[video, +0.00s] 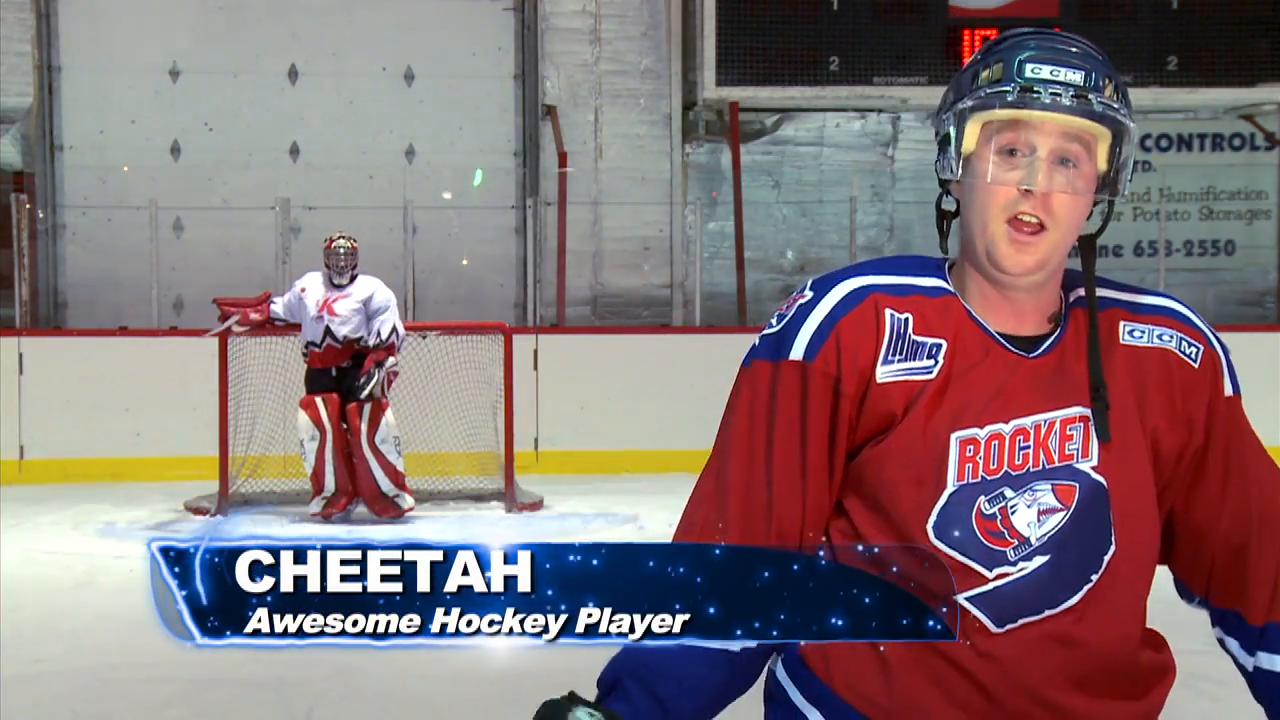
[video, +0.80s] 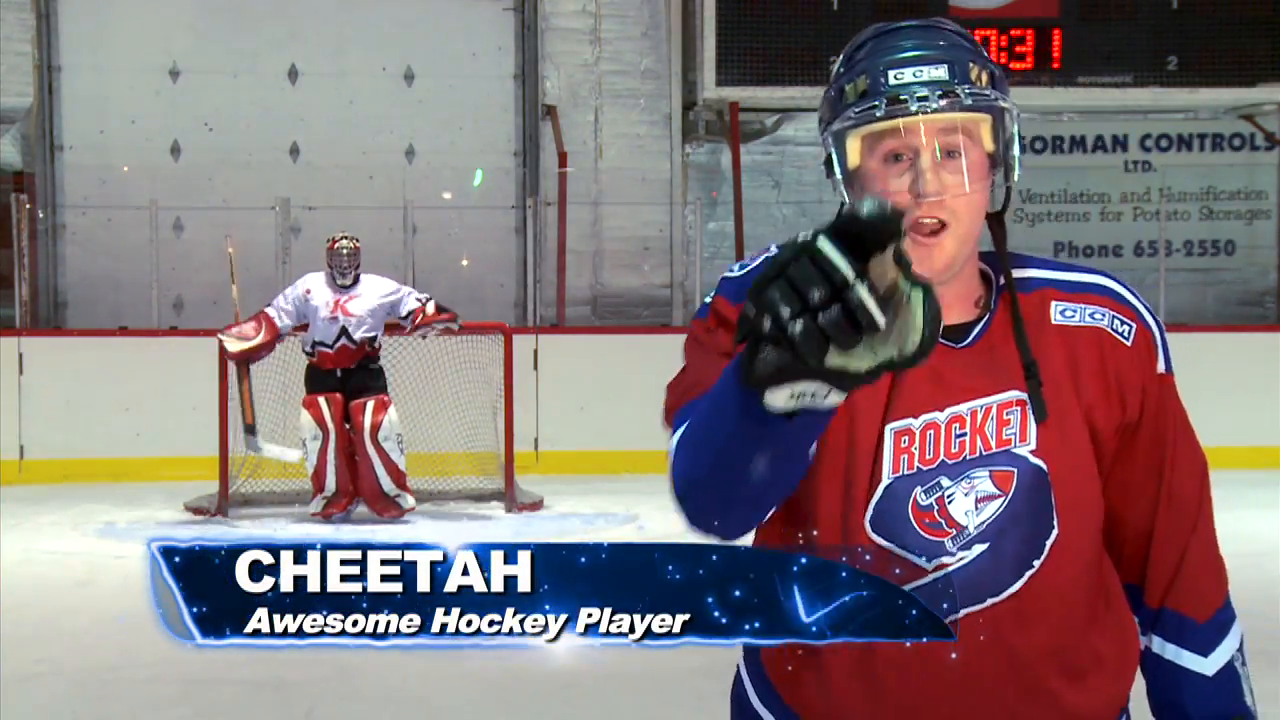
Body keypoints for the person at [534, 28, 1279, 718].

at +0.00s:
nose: (1037, 187)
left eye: (1068, 161)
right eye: (1010, 152)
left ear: (1098, 188)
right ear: (959, 164)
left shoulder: (1169, 352)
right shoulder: (844, 328)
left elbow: (1263, 596)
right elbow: (732, 576)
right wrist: (620, 709)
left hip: (1103, 708)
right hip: (869, 707)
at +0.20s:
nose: (1032, 192)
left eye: (1063, 162)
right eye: (1001, 158)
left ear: (1097, 182)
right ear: (950, 171)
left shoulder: (1172, 345)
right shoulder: (843, 330)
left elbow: (1249, 592)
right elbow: (731, 562)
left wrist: (1254, 705)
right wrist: (708, 702)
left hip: (1102, 703)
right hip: (864, 705)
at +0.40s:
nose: (994, 201)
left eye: (1020, 168)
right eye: (961, 170)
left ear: (1056, 184)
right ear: (912, 185)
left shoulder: (1154, 340)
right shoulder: (823, 329)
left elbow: (1223, 610)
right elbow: (729, 517)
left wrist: (1233, 714)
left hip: (1093, 707)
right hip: (855, 707)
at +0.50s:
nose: (971, 198)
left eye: (998, 165)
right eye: (940, 168)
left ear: (1035, 182)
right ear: (891, 186)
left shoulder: (1138, 336)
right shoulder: (806, 320)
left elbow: (1221, 605)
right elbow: (741, 533)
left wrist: (1235, 713)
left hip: (1093, 707)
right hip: (847, 706)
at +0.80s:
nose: (925, 183)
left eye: (951, 150)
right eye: (894, 154)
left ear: (996, 172)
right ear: (845, 174)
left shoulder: (1101, 326)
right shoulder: (764, 312)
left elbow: (1180, 586)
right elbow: (713, 507)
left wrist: (1214, 712)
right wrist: (792, 390)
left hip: (1062, 707)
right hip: (824, 707)